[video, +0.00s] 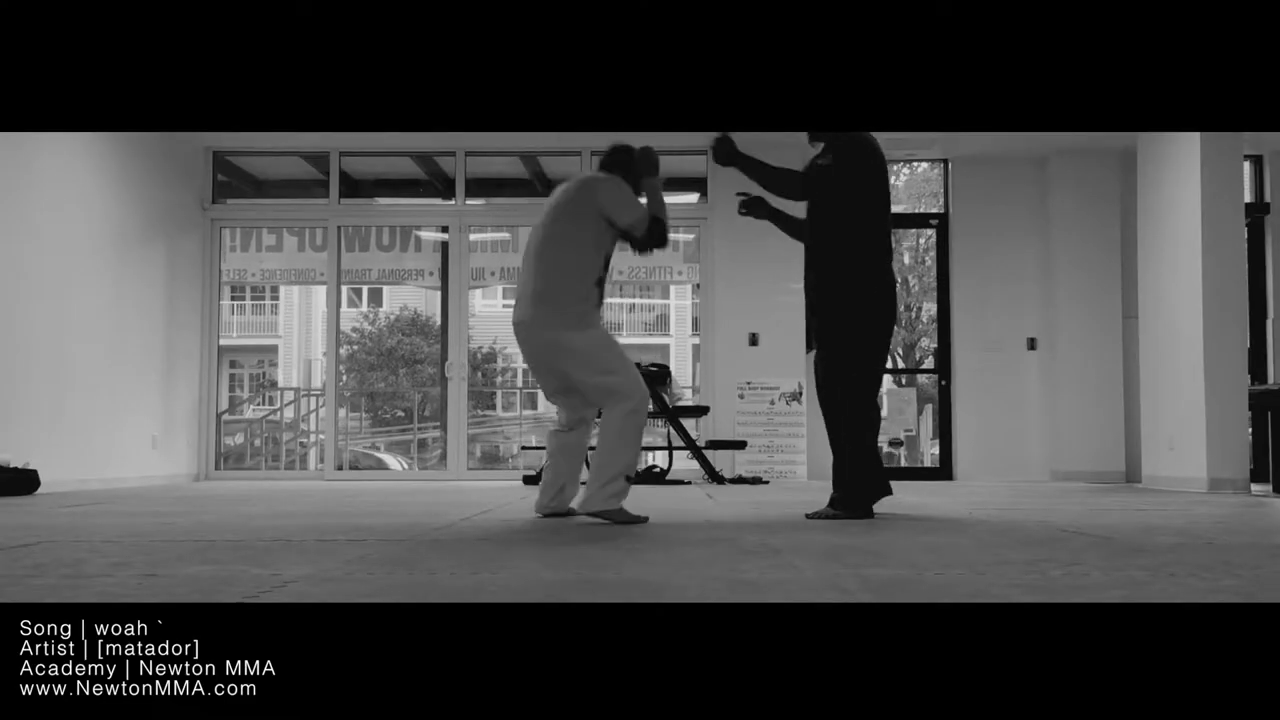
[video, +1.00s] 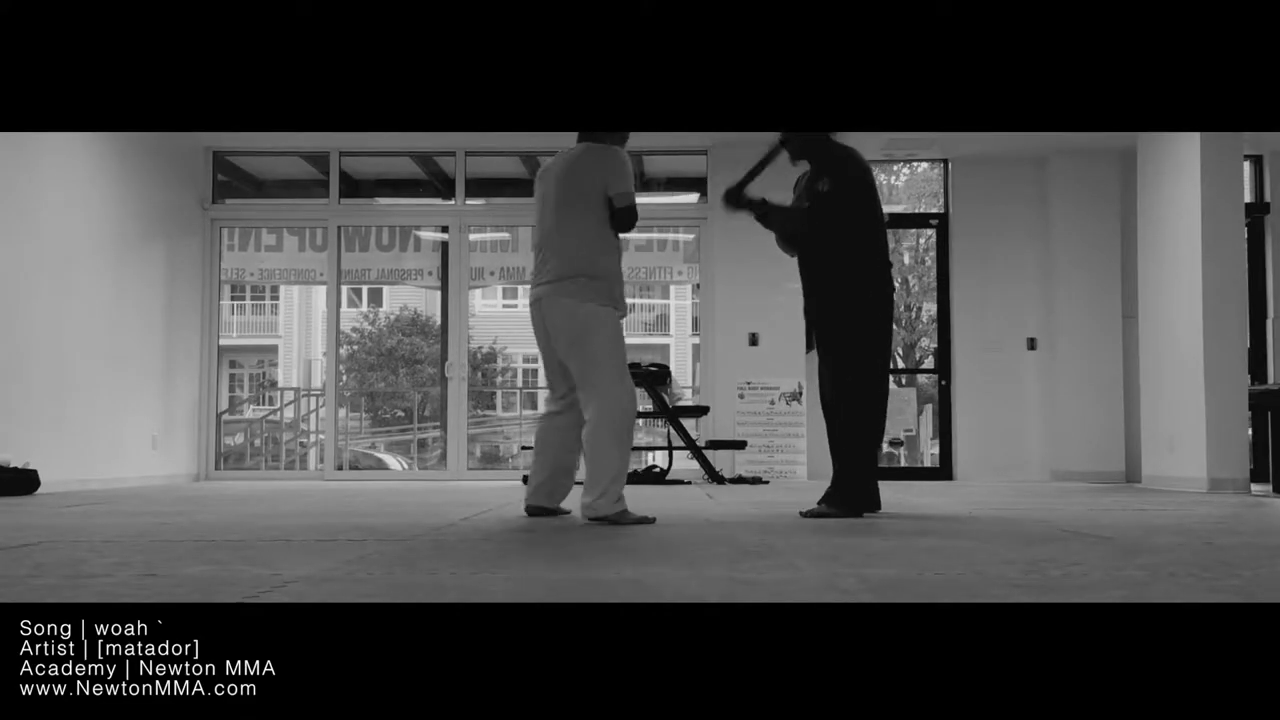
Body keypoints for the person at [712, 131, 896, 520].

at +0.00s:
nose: (808, 136)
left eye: (812, 133)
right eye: (809, 134)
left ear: (826, 128)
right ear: (840, 127)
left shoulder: (852, 151)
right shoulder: (848, 158)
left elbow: (797, 185)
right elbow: (820, 234)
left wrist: (736, 158)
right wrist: (770, 213)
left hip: (854, 299)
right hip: (849, 298)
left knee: (843, 394)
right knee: (848, 394)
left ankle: (853, 499)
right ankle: (858, 489)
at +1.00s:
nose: (785, 148)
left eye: (788, 139)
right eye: (784, 141)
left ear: (806, 135)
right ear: (807, 140)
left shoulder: (841, 166)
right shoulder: (809, 178)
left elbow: (813, 227)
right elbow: (798, 242)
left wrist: (756, 205)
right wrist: (772, 216)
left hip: (857, 308)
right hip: (833, 309)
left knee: (852, 397)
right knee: (839, 398)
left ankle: (852, 495)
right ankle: (851, 493)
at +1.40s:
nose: (772, 148)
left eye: (776, 141)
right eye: (771, 143)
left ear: (797, 138)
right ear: (791, 142)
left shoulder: (835, 169)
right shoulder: (795, 172)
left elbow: (834, 245)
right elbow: (772, 223)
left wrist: (774, 261)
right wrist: (734, 246)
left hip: (861, 296)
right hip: (832, 297)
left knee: (855, 391)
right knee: (838, 390)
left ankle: (848, 495)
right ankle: (862, 487)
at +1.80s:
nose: (760, 139)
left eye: (764, 133)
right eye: (761, 134)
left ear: (785, 133)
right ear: (788, 135)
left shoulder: (812, 170)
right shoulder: (797, 167)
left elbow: (777, 245)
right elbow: (754, 212)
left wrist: (708, 257)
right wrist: (711, 197)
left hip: (839, 308)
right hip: (818, 307)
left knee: (844, 395)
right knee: (816, 393)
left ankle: (845, 499)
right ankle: (814, 483)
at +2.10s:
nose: (747, 145)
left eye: (753, 137)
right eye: (748, 137)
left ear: (774, 141)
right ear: (782, 142)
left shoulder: (784, 183)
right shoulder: (791, 179)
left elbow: (726, 234)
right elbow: (776, 231)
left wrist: (680, 202)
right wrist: (737, 216)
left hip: (814, 314)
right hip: (799, 314)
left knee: (816, 403)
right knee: (791, 403)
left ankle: (838, 495)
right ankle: (791, 492)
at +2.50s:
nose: (735, 148)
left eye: (739, 141)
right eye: (735, 142)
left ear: (755, 143)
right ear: (774, 143)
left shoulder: (770, 174)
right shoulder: (782, 182)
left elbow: (712, 176)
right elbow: (754, 265)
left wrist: (659, 175)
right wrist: (720, 241)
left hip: (783, 313)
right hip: (792, 312)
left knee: (771, 402)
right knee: (783, 403)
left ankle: (775, 495)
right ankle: (784, 493)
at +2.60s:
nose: (734, 153)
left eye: (739, 146)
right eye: (736, 147)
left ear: (757, 145)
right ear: (774, 143)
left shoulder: (777, 173)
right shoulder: (769, 187)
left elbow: (730, 161)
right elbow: (751, 266)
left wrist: (681, 144)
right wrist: (715, 247)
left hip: (784, 312)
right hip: (779, 313)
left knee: (771, 402)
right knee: (778, 402)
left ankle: (772, 495)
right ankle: (784, 492)